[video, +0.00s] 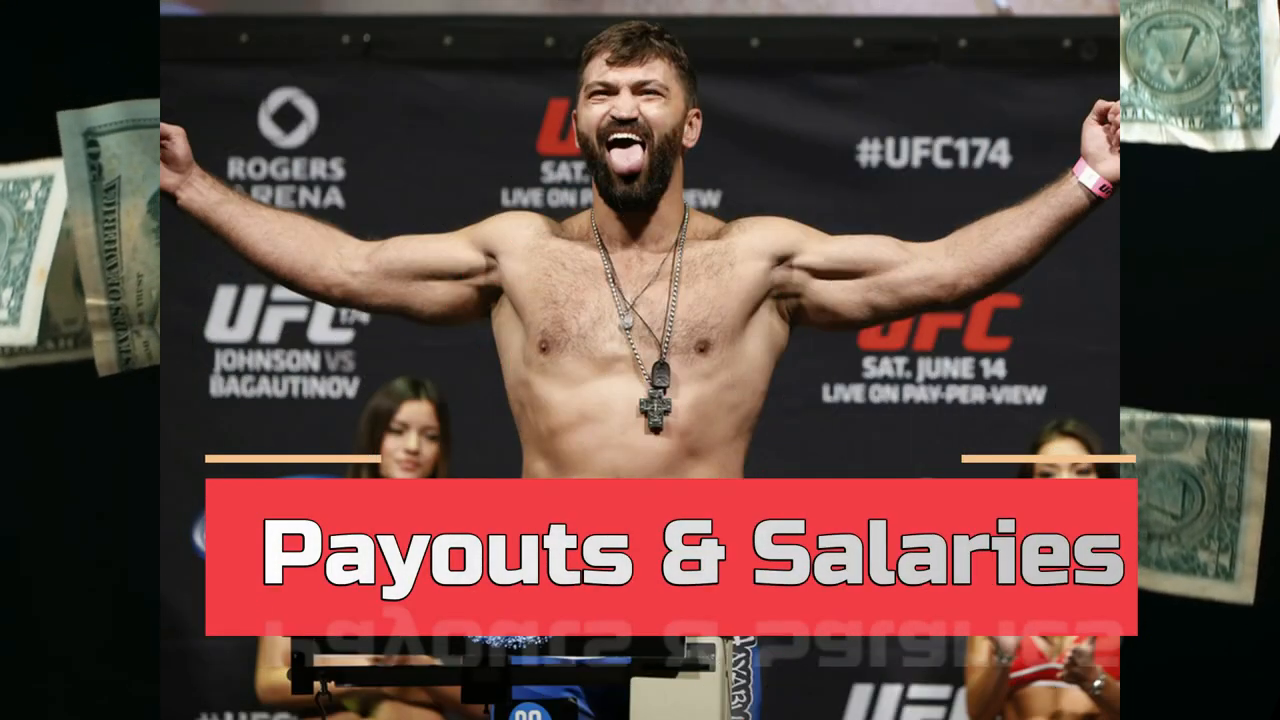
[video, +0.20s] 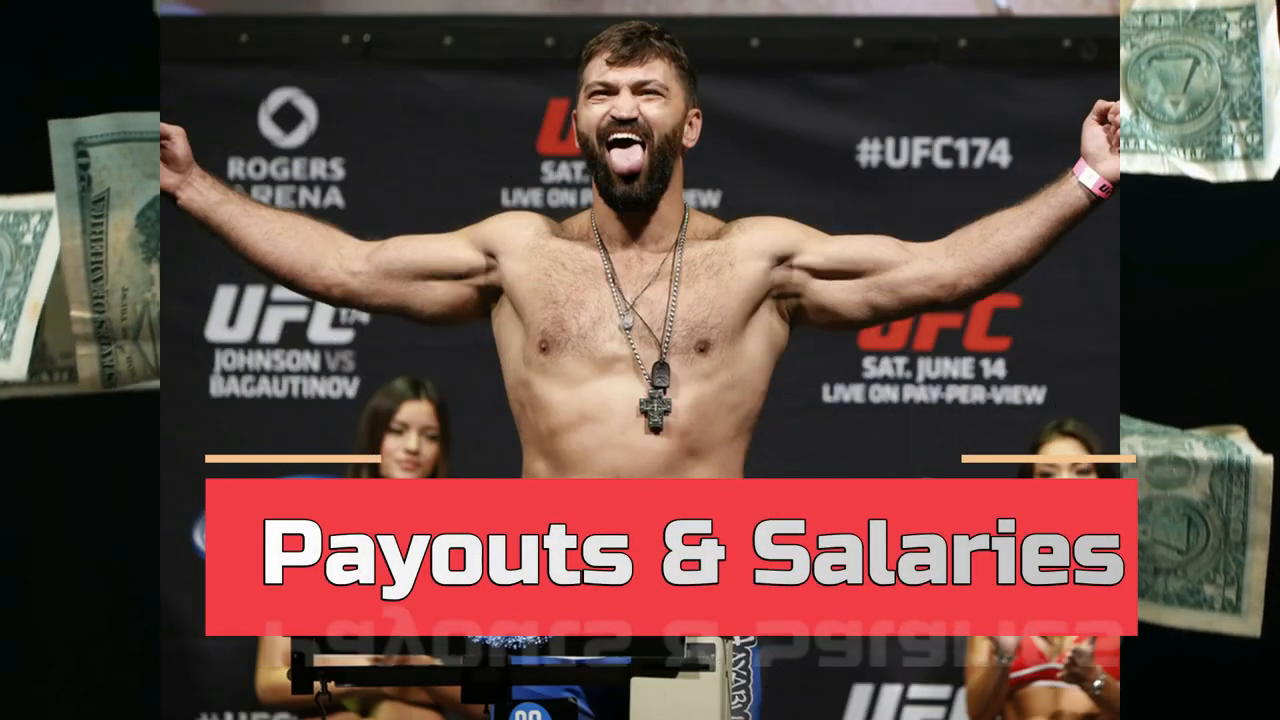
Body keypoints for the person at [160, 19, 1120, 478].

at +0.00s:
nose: (623, 107)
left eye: (647, 93)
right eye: (604, 92)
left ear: (690, 125)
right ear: (574, 124)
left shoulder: (764, 254)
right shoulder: (512, 246)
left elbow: (939, 269)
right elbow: (348, 267)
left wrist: (1082, 185)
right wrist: (196, 190)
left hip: (702, 595)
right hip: (542, 590)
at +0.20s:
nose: (624, 108)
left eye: (648, 93)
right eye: (604, 92)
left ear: (691, 126)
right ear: (574, 124)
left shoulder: (764, 254)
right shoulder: (512, 247)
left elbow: (941, 269)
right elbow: (348, 267)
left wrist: (1084, 182)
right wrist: (197, 191)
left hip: (701, 596)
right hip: (542, 592)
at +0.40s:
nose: (624, 108)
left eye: (648, 93)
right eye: (605, 92)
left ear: (691, 126)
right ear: (574, 124)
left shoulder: (764, 254)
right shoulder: (512, 247)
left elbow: (940, 269)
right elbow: (347, 267)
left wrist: (1083, 184)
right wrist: (196, 190)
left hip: (702, 596)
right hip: (542, 591)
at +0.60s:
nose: (623, 107)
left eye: (647, 93)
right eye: (604, 92)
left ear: (690, 125)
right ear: (574, 124)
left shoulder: (764, 254)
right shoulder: (512, 247)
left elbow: (941, 269)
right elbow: (348, 267)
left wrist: (1083, 183)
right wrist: (197, 192)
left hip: (702, 596)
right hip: (542, 590)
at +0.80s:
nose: (623, 107)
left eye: (648, 92)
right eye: (604, 91)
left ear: (690, 125)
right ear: (573, 122)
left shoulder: (764, 254)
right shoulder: (511, 248)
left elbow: (942, 269)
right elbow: (347, 267)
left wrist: (1083, 183)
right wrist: (197, 192)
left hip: (701, 597)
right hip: (541, 592)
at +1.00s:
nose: (623, 107)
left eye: (647, 92)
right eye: (604, 92)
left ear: (690, 126)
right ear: (573, 124)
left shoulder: (764, 254)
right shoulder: (512, 247)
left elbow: (940, 269)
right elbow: (347, 267)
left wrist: (1082, 185)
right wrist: (196, 190)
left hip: (701, 595)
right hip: (541, 590)